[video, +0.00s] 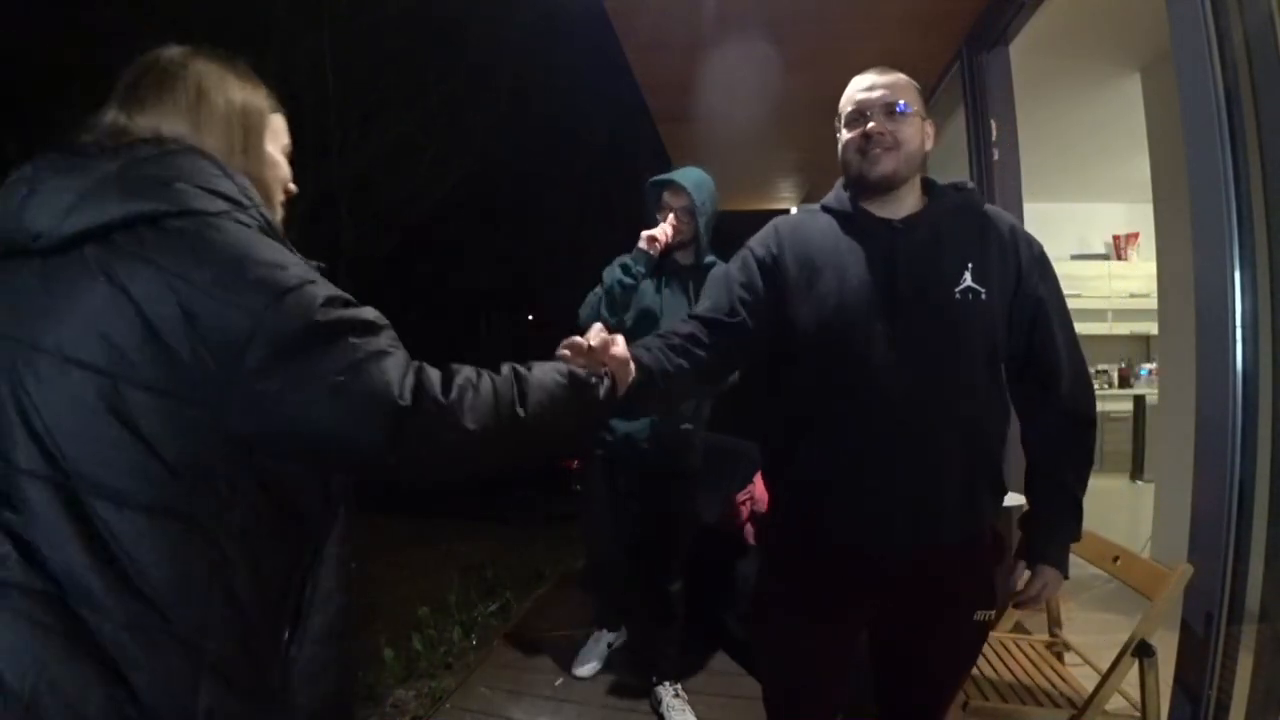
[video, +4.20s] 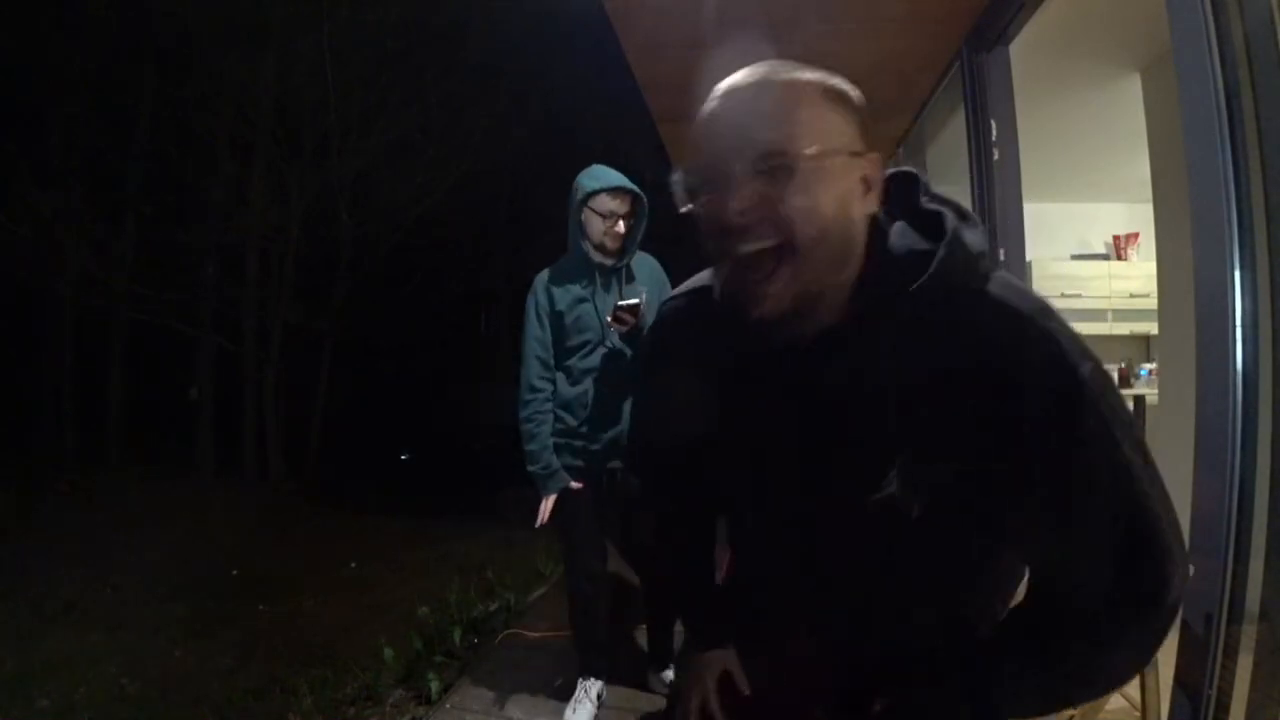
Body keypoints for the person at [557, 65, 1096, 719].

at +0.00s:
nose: (872, 125)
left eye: (892, 110)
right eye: (855, 117)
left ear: (930, 134)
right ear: (837, 145)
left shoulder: (1001, 248)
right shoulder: (786, 244)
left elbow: (1060, 405)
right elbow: (702, 340)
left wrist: (1049, 545)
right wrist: (632, 367)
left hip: (951, 549)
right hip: (813, 546)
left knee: (916, 709)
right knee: (806, 708)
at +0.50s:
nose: (925, 125)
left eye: (947, 115)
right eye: (908, 119)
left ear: (982, 143)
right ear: (887, 149)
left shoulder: (1037, 255)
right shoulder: (828, 238)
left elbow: (1092, 415)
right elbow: (758, 329)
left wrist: (1083, 553)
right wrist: (716, 329)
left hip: (966, 551)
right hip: (829, 539)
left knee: (927, 705)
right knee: (816, 703)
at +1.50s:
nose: (912, 132)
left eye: (930, 122)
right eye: (894, 126)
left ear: (957, 153)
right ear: (869, 158)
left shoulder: (1018, 255)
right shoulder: (821, 249)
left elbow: (1081, 419)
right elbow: (740, 344)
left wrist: (1063, 569)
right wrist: (673, 419)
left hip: (951, 542)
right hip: (821, 532)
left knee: (916, 703)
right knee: (813, 699)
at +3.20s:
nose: (909, 76)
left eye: (941, 63)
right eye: (891, 64)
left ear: (979, 102)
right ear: (865, 99)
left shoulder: (1040, 209)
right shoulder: (796, 218)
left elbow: (1104, 440)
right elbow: (730, 376)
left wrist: (990, 638)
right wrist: (735, 511)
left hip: (944, 596)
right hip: (787, 582)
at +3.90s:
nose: (851, 105)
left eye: (877, 87)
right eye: (822, 96)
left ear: (920, 125)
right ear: (793, 147)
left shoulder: (1019, 259)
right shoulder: (735, 278)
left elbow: (1085, 469)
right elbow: (697, 462)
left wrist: (965, 643)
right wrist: (747, 606)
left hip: (945, 645)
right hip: (786, 639)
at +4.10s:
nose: (804, 166)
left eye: (841, 133)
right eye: (776, 144)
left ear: (911, 160)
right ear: (752, 178)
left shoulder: (1019, 309)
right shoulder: (708, 317)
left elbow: (1121, 534)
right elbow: (659, 498)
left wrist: (969, 668)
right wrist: (713, 627)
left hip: (935, 686)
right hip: (763, 681)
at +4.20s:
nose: (733, 212)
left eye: (772, 171)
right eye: (706, 187)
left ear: (866, 183)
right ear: (690, 206)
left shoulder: (994, 333)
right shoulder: (686, 338)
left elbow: (1132, 583)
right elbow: (658, 504)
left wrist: (962, 693)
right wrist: (700, 634)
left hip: (941, 668)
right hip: (768, 671)